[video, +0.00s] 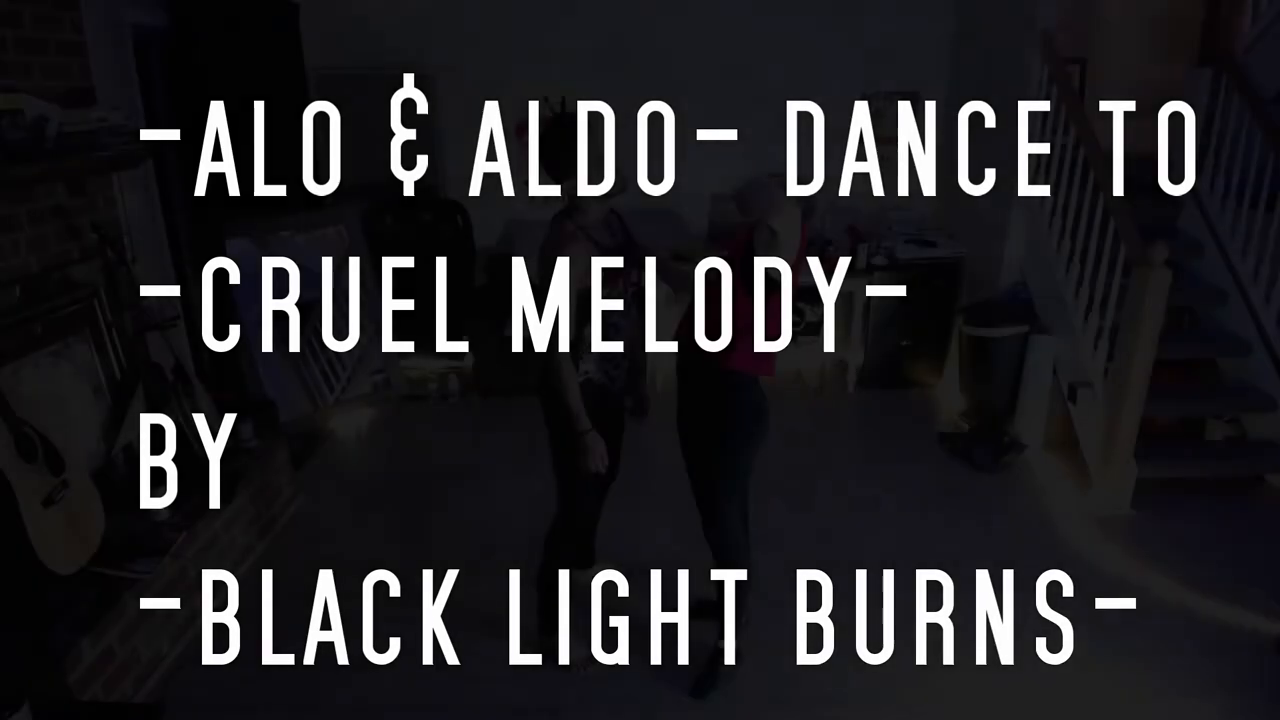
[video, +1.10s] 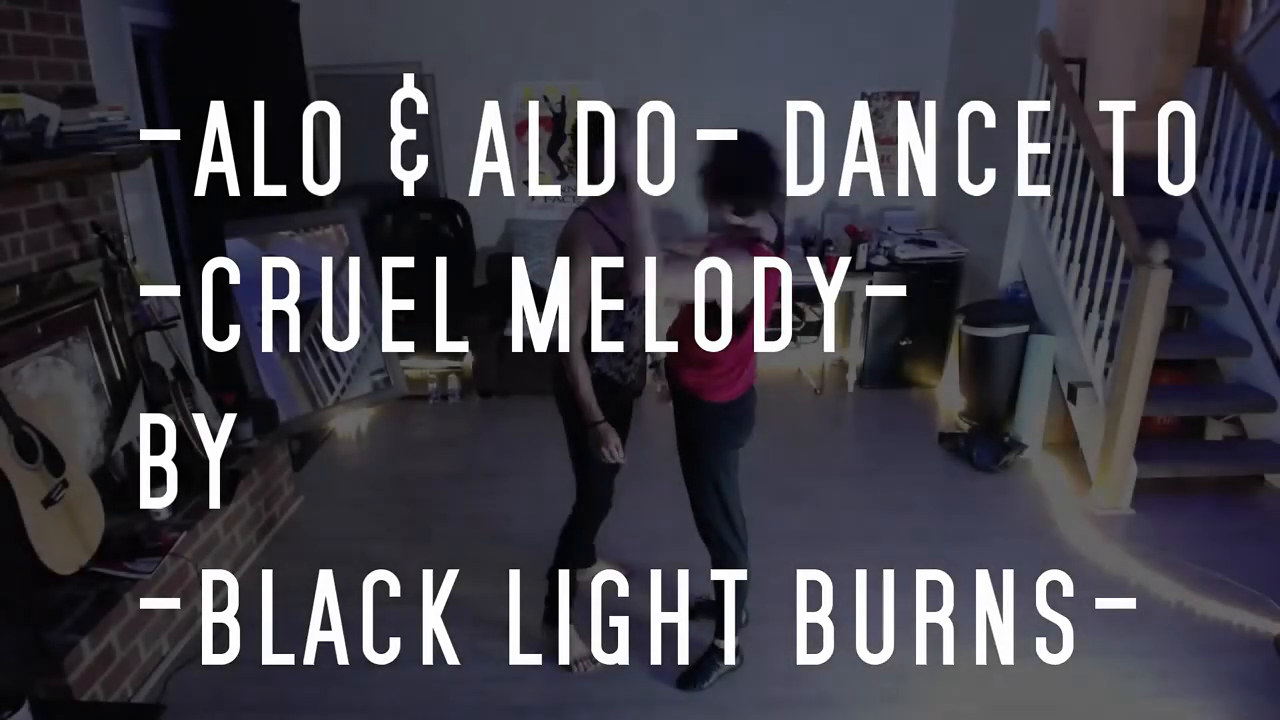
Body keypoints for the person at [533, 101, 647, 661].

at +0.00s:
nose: (606, 173)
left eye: (606, 161)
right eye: (596, 161)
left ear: (605, 171)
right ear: (577, 169)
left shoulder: (612, 230)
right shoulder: (564, 238)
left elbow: (627, 320)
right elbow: (556, 344)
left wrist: (638, 385)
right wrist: (582, 428)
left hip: (611, 392)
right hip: (576, 396)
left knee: (587, 513)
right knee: (580, 513)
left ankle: (568, 619)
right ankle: (561, 623)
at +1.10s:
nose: (642, 165)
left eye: (640, 153)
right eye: (633, 155)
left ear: (612, 159)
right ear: (612, 161)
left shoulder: (636, 214)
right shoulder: (582, 229)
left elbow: (641, 294)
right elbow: (568, 339)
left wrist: (649, 360)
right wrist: (595, 422)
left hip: (622, 374)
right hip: (586, 377)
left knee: (598, 494)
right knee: (593, 499)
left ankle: (573, 597)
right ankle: (564, 617)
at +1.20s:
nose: (631, 168)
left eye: (626, 157)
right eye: (619, 159)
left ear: (597, 165)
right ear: (596, 166)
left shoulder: (620, 219)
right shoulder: (581, 233)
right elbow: (571, 347)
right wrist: (601, 431)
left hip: (612, 378)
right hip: (586, 381)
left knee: (589, 498)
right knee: (588, 501)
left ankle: (570, 617)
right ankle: (561, 629)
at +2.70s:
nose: (599, 161)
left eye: (597, 149)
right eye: (584, 150)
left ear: (571, 163)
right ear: (548, 162)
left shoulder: (567, 229)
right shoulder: (535, 242)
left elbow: (584, 305)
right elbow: (514, 352)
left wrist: (636, 306)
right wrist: (525, 446)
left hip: (580, 393)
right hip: (551, 402)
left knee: (612, 469)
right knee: (556, 527)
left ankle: (565, 557)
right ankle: (553, 636)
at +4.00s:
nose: (629, 156)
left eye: (626, 144)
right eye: (620, 147)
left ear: (582, 158)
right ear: (590, 158)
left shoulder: (578, 212)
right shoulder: (579, 228)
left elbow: (614, 252)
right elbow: (574, 328)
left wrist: (645, 250)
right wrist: (603, 406)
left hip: (579, 364)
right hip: (575, 373)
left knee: (588, 473)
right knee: (574, 495)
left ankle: (572, 560)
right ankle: (558, 617)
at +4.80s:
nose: (630, 162)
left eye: (624, 151)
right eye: (620, 154)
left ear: (587, 173)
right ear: (592, 174)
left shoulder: (586, 220)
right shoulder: (571, 249)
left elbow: (608, 280)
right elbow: (559, 348)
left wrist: (659, 237)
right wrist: (609, 381)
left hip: (582, 374)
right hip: (567, 384)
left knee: (578, 483)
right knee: (573, 508)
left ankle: (571, 563)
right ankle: (551, 629)